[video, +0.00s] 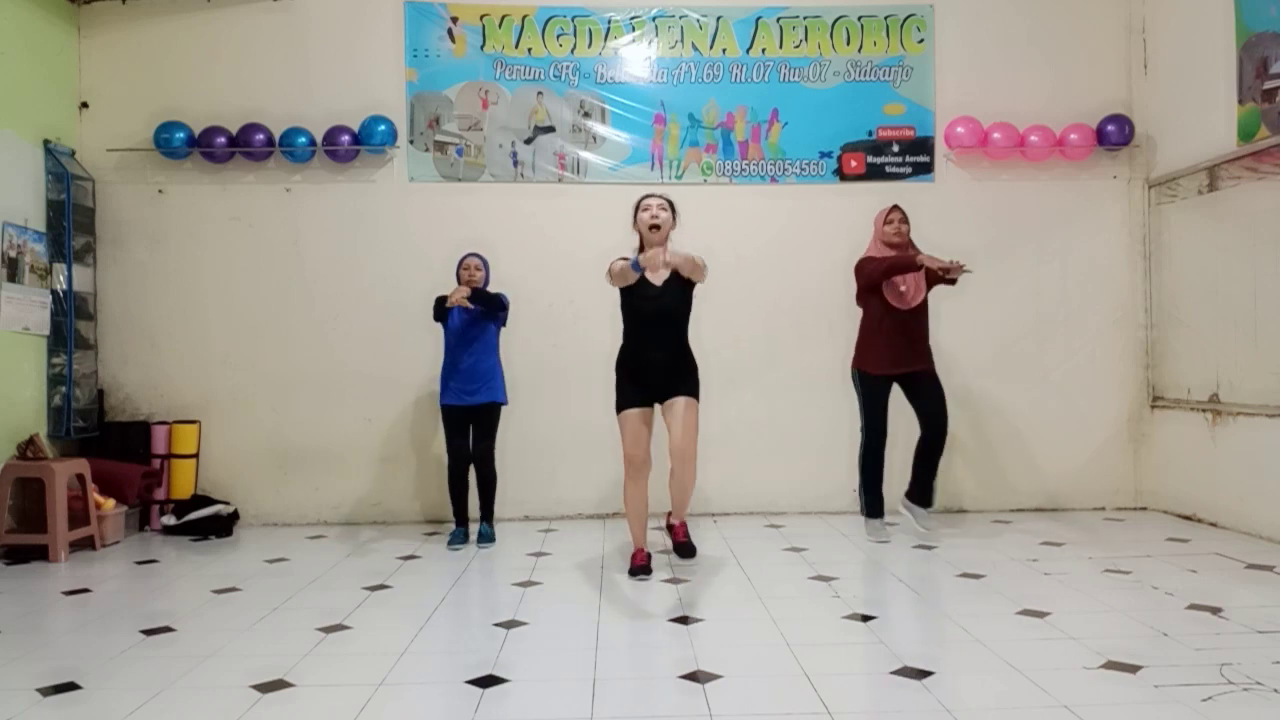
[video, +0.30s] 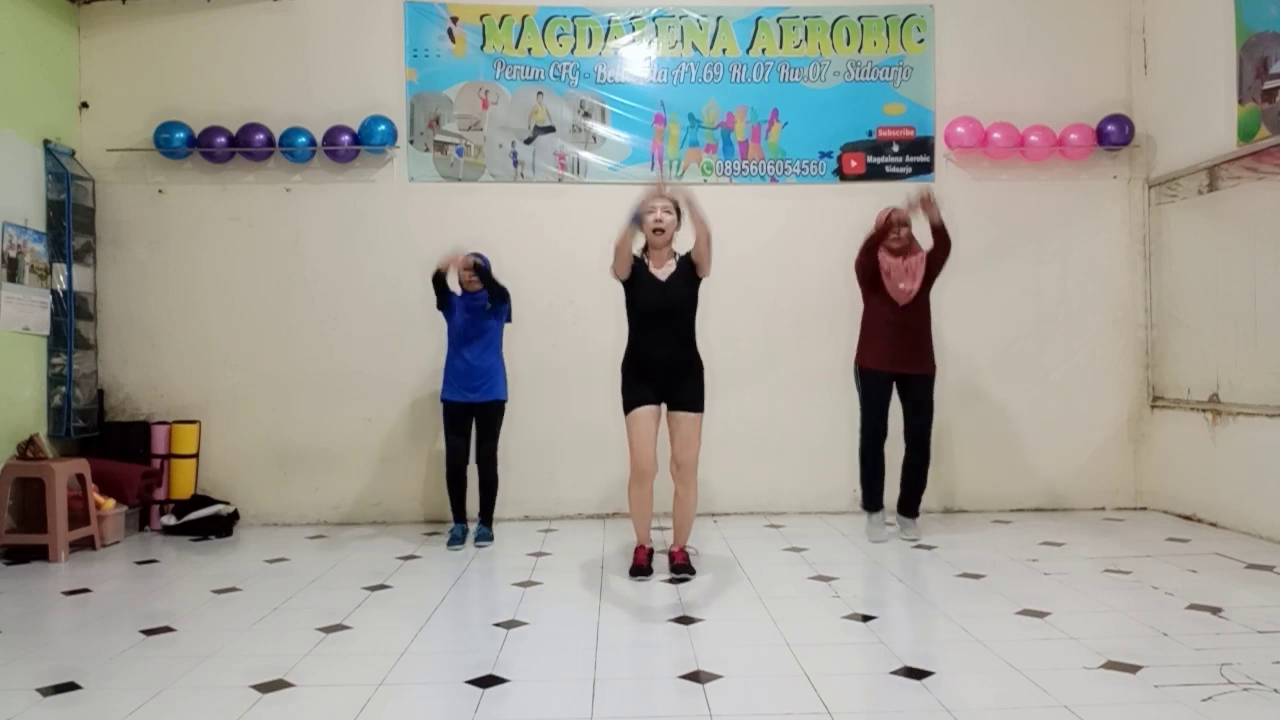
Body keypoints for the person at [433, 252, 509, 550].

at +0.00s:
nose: (471, 272)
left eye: (477, 268)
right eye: (466, 268)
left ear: (486, 275)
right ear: (458, 274)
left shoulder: (496, 302)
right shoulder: (448, 304)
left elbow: (496, 303)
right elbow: (438, 312)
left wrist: (470, 292)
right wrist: (448, 300)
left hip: (487, 391)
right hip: (454, 392)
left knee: (483, 457)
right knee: (457, 459)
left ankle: (486, 523)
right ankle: (460, 526)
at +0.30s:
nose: (467, 275)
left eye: (472, 270)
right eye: (463, 271)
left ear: (482, 275)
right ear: (459, 276)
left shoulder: (496, 302)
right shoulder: (453, 303)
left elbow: (501, 295)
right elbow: (441, 290)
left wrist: (484, 271)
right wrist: (441, 273)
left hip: (490, 392)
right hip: (456, 391)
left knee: (486, 459)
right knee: (456, 460)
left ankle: (485, 524)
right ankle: (459, 524)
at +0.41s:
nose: (469, 268)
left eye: (475, 265)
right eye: (465, 264)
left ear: (486, 271)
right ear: (458, 270)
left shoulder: (497, 295)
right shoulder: (451, 297)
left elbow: (494, 253)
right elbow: (439, 256)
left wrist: (471, 211)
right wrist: (450, 215)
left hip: (493, 387)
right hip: (459, 387)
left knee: (488, 455)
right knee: (457, 451)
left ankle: (486, 522)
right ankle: (458, 504)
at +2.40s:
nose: (480, 273)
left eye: (486, 268)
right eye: (474, 268)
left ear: (495, 275)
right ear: (466, 275)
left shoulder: (507, 306)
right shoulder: (458, 306)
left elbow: (522, 341)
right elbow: (443, 305)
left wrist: (498, 317)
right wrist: (455, 294)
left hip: (499, 393)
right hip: (465, 393)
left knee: (499, 462)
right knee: (472, 462)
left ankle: (500, 526)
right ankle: (472, 528)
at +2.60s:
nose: (484, 269)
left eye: (489, 267)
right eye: (478, 264)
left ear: (494, 274)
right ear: (465, 269)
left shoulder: (503, 303)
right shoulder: (457, 303)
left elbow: (514, 304)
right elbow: (447, 309)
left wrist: (491, 281)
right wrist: (458, 296)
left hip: (498, 389)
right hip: (464, 391)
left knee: (498, 454)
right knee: (470, 458)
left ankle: (500, 513)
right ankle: (472, 526)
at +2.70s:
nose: (484, 273)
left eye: (490, 270)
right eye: (479, 268)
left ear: (497, 275)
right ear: (470, 273)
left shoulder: (507, 302)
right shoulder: (460, 301)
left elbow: (509, 301)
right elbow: (452, 310)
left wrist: (484, 278)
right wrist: (462, 293)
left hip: (500, 391)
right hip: (465, 392)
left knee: (497, 460)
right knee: (470, 461)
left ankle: (500, 525)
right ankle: (472, 527)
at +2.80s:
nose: (485, 273)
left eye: (491, 269)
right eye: (479, 268)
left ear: (500, 274)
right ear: (471, 273)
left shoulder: (510, 299)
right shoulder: (463, 300)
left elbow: (507, 300)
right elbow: (454, 307)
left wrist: (483, 283)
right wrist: (460, 289)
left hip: (502, 390)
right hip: (467, 389)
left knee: (500, 458)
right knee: (468, 458)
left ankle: (500, 525)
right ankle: (469, 522)